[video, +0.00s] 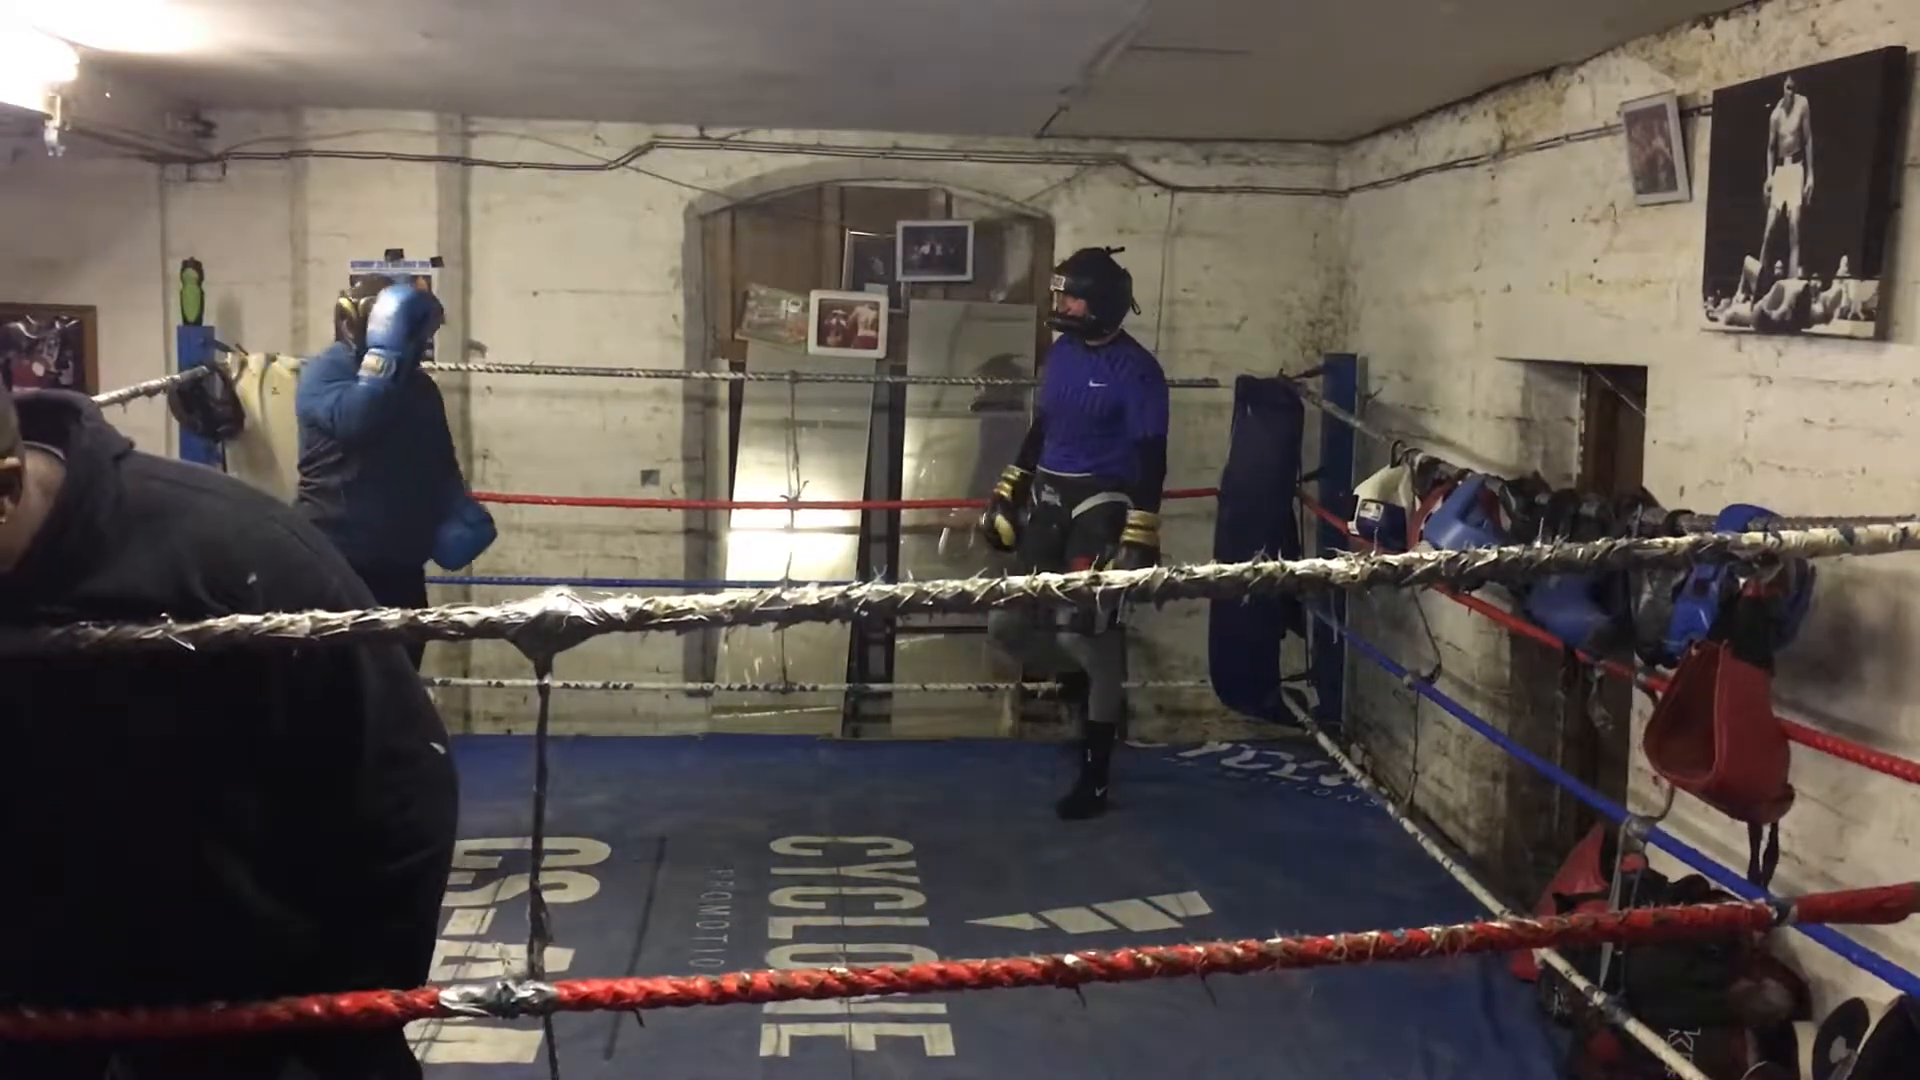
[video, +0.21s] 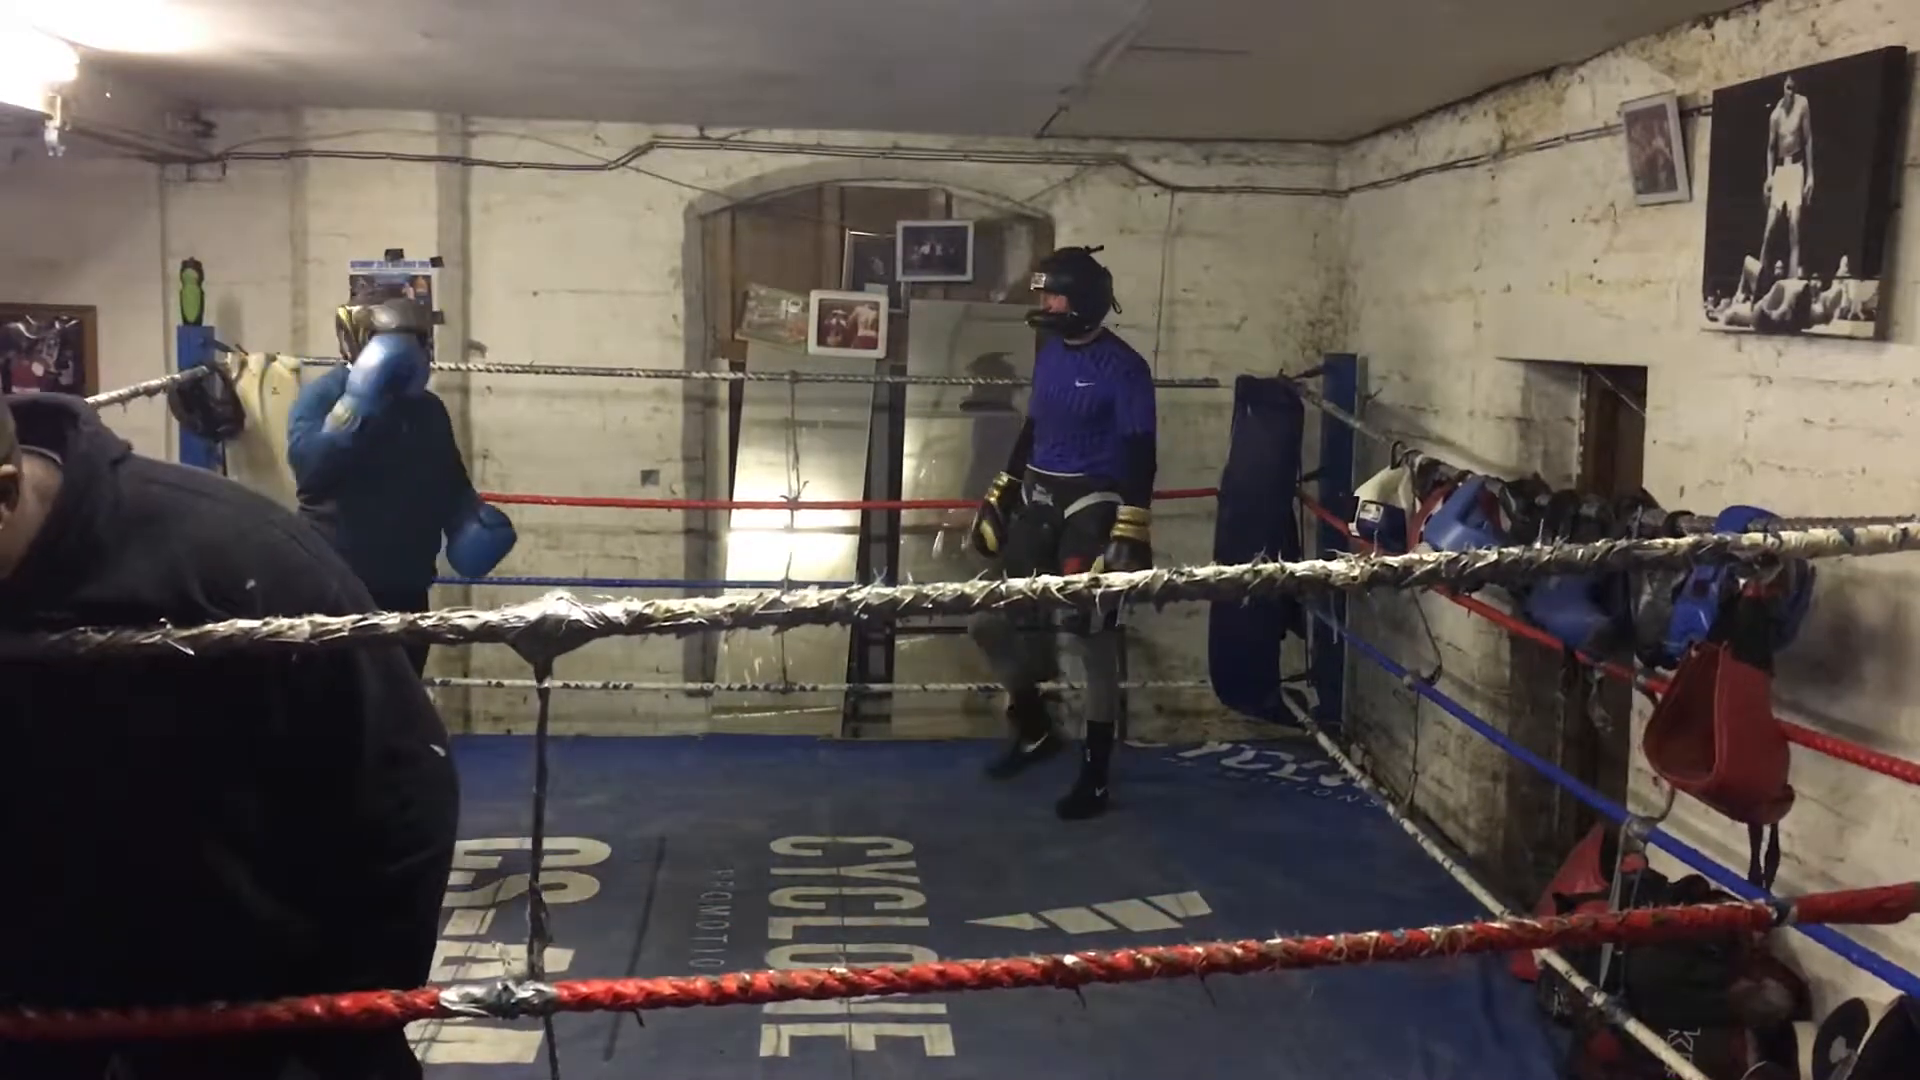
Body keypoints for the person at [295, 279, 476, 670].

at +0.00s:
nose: (418, 346)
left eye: (419, 337)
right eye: (404, 332)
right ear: (359, 323)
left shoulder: (421, 389)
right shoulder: (324, 373)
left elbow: (441, 466)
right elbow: (349, 421)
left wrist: (459, 512)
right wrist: (383, 353)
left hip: (400, 560)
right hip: (333, 557)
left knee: (398, 676)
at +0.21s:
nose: (412, 354)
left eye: (420, 341)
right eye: (397, 340)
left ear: (426, 346)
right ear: (363, 341)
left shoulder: (427, 411)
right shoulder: (325, 396)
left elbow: (452, 488)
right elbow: (309, 471)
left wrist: (475, 529)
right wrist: (357, 405)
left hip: (405, 585)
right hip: (332, 583)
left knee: (395, 705)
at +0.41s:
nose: (395, 341)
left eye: (407, 329)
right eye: (382, 327)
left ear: (420, 338)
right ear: (352, 329)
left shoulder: (424, 407)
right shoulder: (308, 399)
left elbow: (452, 487)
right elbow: (271, 487)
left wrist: (470, 527)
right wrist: (334, 487)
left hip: (407, 590)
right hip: (325, 590)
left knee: (423, 728)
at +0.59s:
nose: (409, 334)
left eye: (415, 321)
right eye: (395, 318)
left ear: (424, 328)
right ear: (357, 322)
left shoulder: (423, 402)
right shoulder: (302, 398)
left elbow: (451, 486)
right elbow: (270, 504)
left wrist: (462, 522)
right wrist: (359, 526)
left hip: (419, 597)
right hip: (329, 597)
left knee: (454, 728)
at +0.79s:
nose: (419, 349)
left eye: (428, 335)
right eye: (403, 334)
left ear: (436, 340)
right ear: (367, 336)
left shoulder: (434, 413)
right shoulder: (313, 411)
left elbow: (474, 508)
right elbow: (287, 519)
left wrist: (477, 536)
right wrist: (388, 539)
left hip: (436, 632)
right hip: (344, 635)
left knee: (438, 777)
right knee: (355, 777)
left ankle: (438, 932)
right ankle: (354, 940)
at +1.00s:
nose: (465, 345)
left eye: (465, 331)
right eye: (449, 331)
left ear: (450, 337)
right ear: (406, 338)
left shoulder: (465, 422)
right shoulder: (342, 408)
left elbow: (501, 522)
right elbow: (299, 519)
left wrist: (476, 564)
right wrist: (377, 566)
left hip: (447, 650)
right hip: (355, 650)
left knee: (441, 806)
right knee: (360, 800)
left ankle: (414, 960)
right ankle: (353, 960)